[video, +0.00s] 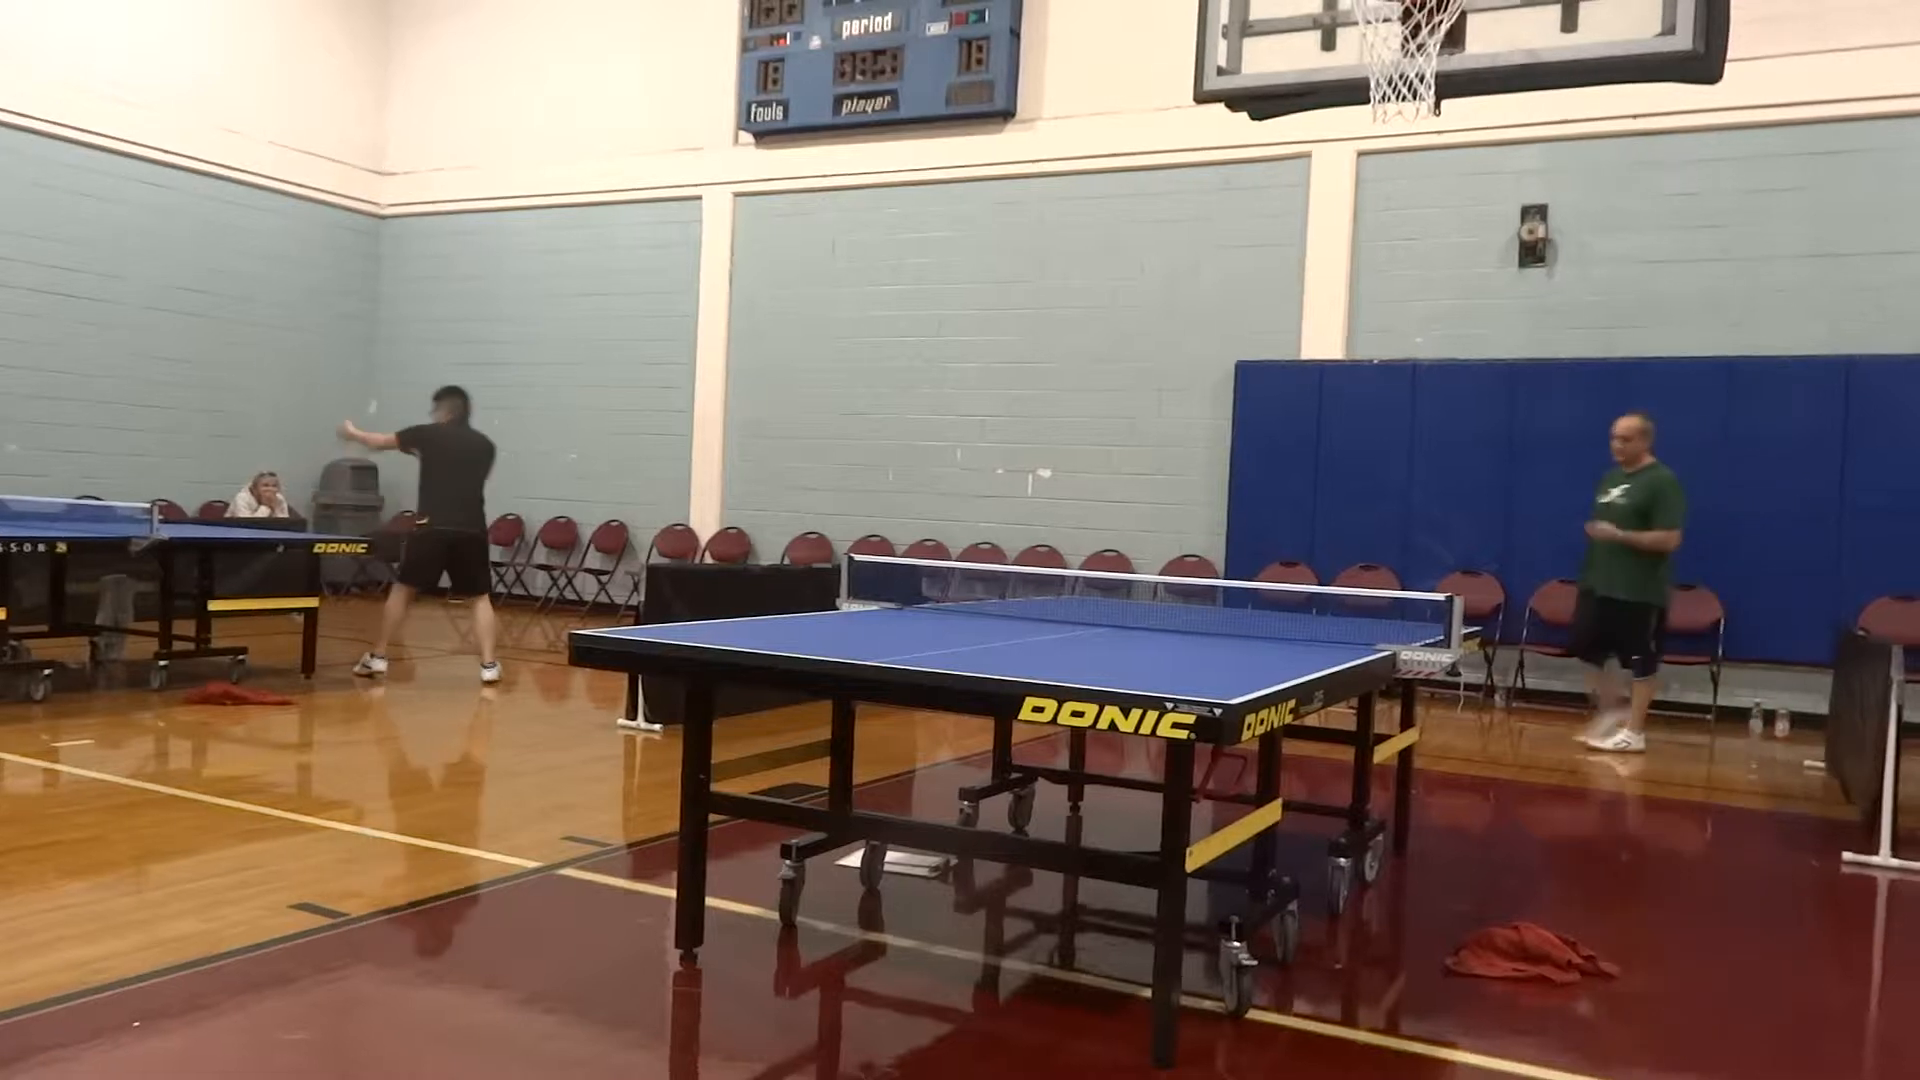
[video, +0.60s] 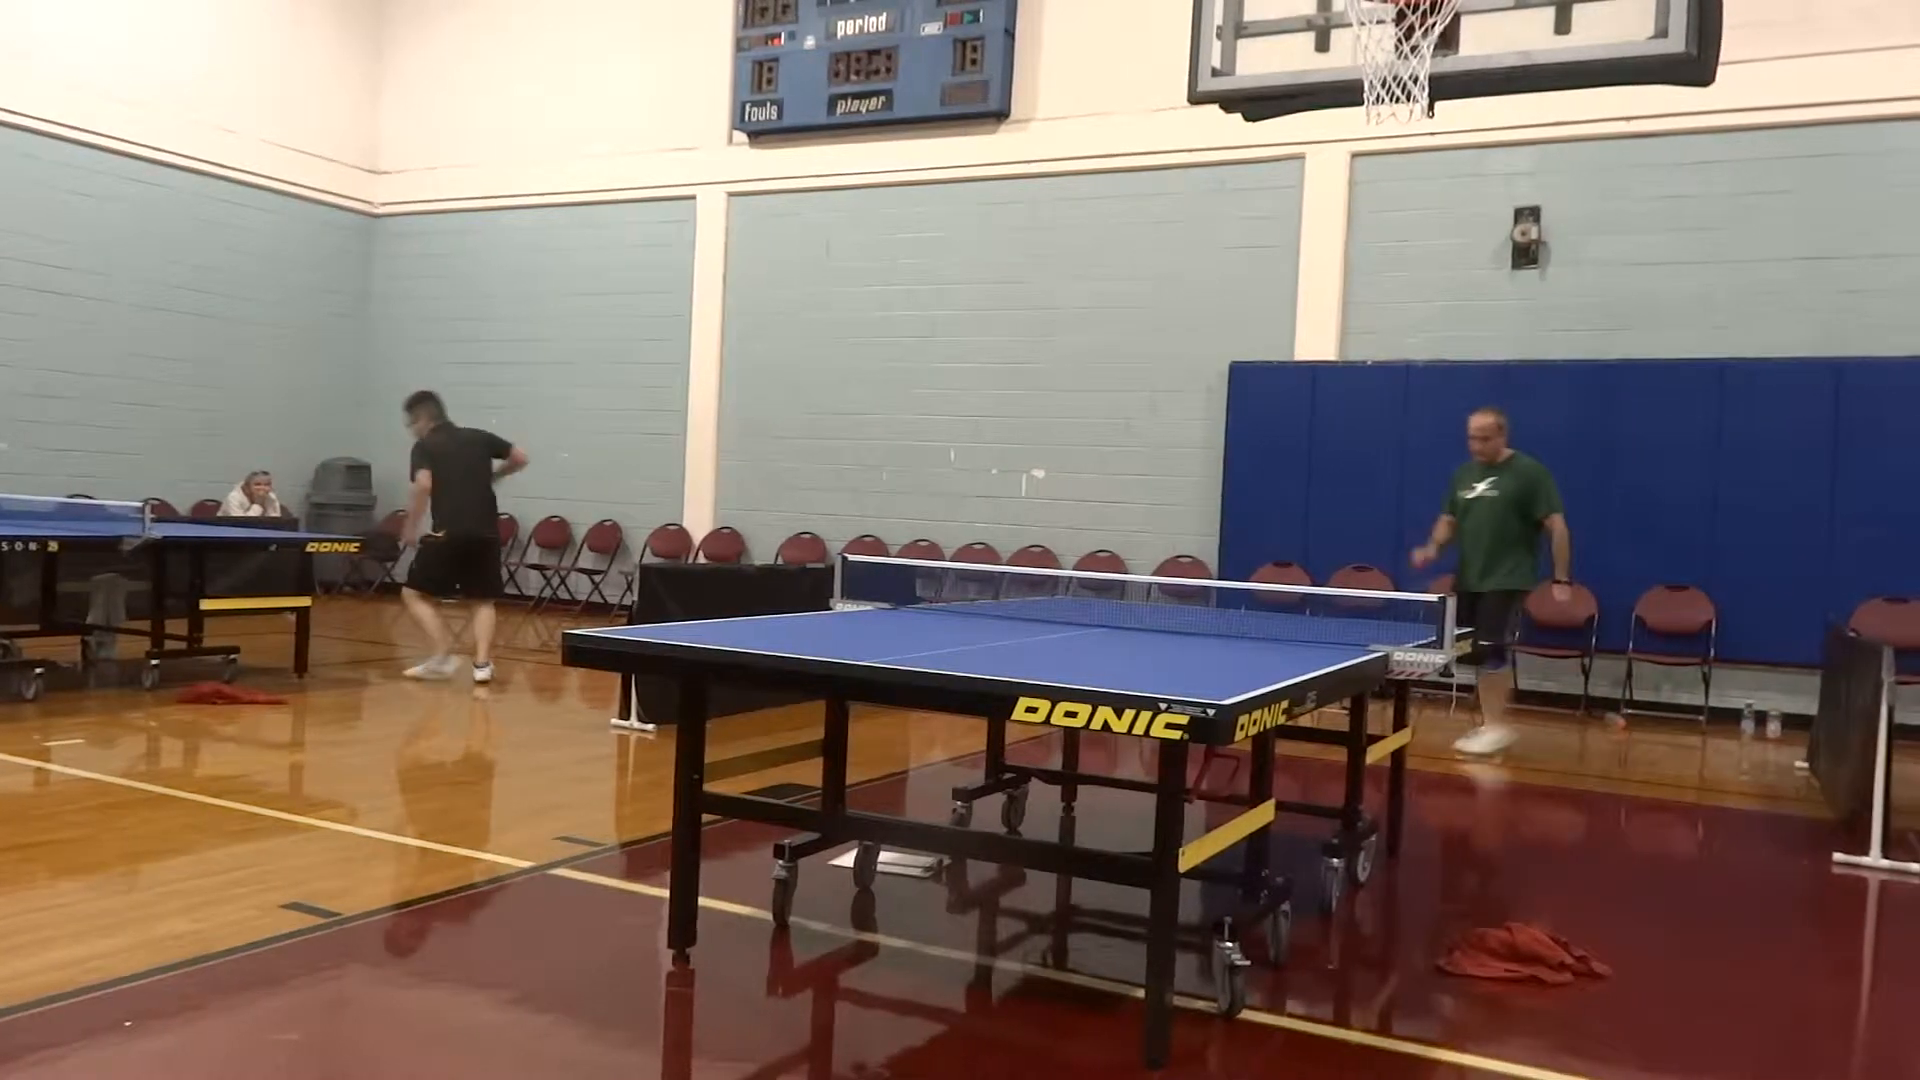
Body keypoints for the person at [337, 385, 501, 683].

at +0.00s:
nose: (433, 415)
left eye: (436, 410)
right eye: (434, 410)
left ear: (444, 411)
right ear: (465, 412)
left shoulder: (429, 434)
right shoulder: (485, 445)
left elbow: (380, 442)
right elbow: (471, 474)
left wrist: (353, 432)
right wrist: (422, 449)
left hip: (431, 531)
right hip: (472, 534)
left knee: (403, 589)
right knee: (481, 597)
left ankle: (378, 656)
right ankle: (489, 665)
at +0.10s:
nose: (447, 411)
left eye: (450, 407)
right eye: (449, 406)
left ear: (460, 408)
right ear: (479, 410)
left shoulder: (442, 432)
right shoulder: (497, 445)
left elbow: (391, 438)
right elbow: (488, 487)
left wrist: (347, 432)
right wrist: (437, 467)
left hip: (438, 529)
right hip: (478, 534)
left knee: (409, 590)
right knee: (482, 597)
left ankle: (383, 655)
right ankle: (488, 665)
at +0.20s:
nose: (453, 411)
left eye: (456, 405)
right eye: (455, 405)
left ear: (464, 407)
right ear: (486, 410)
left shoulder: (446, 432)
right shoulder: (503, 447)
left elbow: (390, 442)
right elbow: (508, 494)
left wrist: (346, 439)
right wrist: (478, 487)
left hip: (441, 529)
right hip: (480, 534)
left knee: (415, 589)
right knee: (484, 598)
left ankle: (396, 659)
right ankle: (487, 666)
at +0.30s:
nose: (452, 410)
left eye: (455, 405)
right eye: (454, 405)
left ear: (463, 408)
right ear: (486, 411)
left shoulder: (447, 433)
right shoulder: (506, 447)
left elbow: (395, 451)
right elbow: (524, 491)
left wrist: (350, 457)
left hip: (442, 530)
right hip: (483, 534)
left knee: (418, 590)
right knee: (485, 598)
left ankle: (413, 657)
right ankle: (486, 665)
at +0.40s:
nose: (446, 413)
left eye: (448, 409)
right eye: (448, 408)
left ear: (455, 410)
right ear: (479, 411)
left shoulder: (442, 436)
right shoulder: (500, 443)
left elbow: (399, 463)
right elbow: (532, 478)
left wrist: (367, 483)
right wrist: (553, 501)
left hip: (444, 531)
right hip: (483, 536)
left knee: (419, 589)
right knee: (485, 601)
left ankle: (433, 643)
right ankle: (484, 664)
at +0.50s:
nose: (431, 420)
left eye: (432, 415)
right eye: (431, 415)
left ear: (439, 414)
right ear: (464, 412)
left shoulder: (433, 441)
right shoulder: (491, 440)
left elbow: (411, 477)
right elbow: (531, 465)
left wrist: (393, 508)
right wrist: (549, 475)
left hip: (444, 534)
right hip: (484, 535)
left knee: (415, 590)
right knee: (486, 602)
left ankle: (446, 634)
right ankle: (484, 665)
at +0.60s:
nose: (412, 430)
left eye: (413, 423)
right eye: (410, 424)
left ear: (424, 419)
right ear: (440, 414)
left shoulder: (425, 446)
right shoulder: (476, 436)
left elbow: (423, 485)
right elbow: (519, 458)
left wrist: (411, 526)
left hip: (448, 535)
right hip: (486, 535)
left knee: (413, 593)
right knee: (483, 599)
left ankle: (443, 655)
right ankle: (482, 664)